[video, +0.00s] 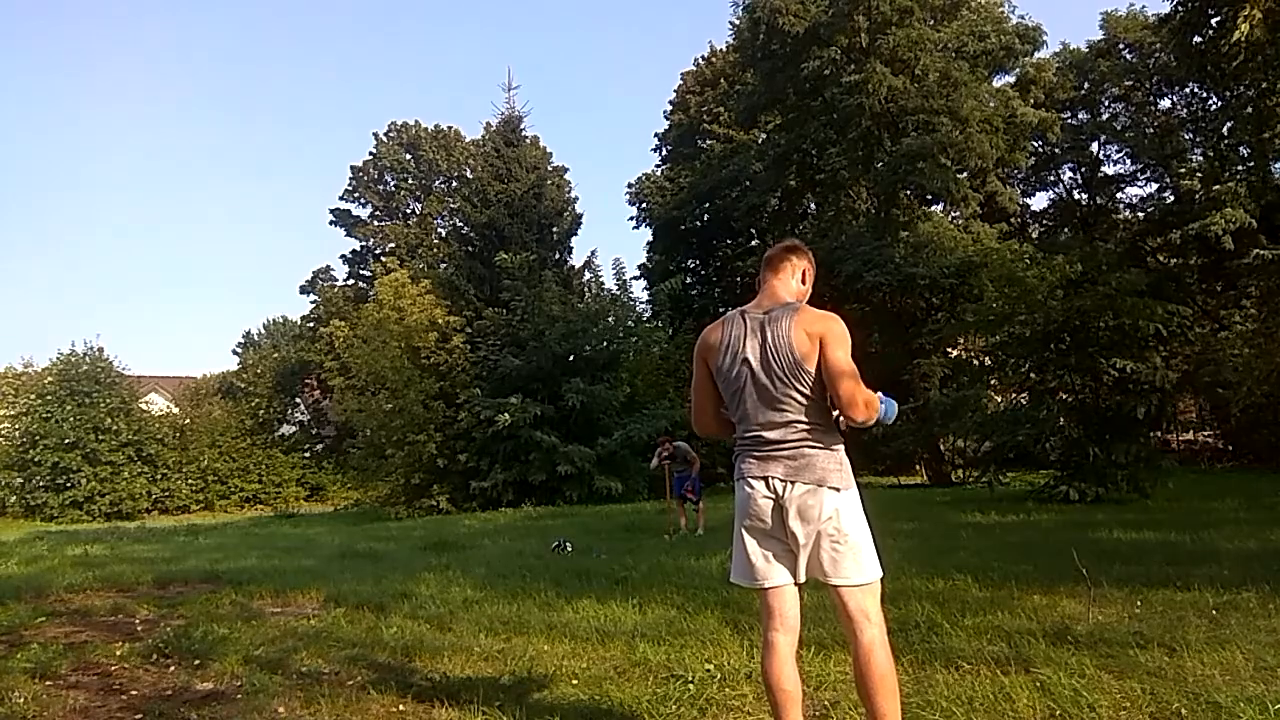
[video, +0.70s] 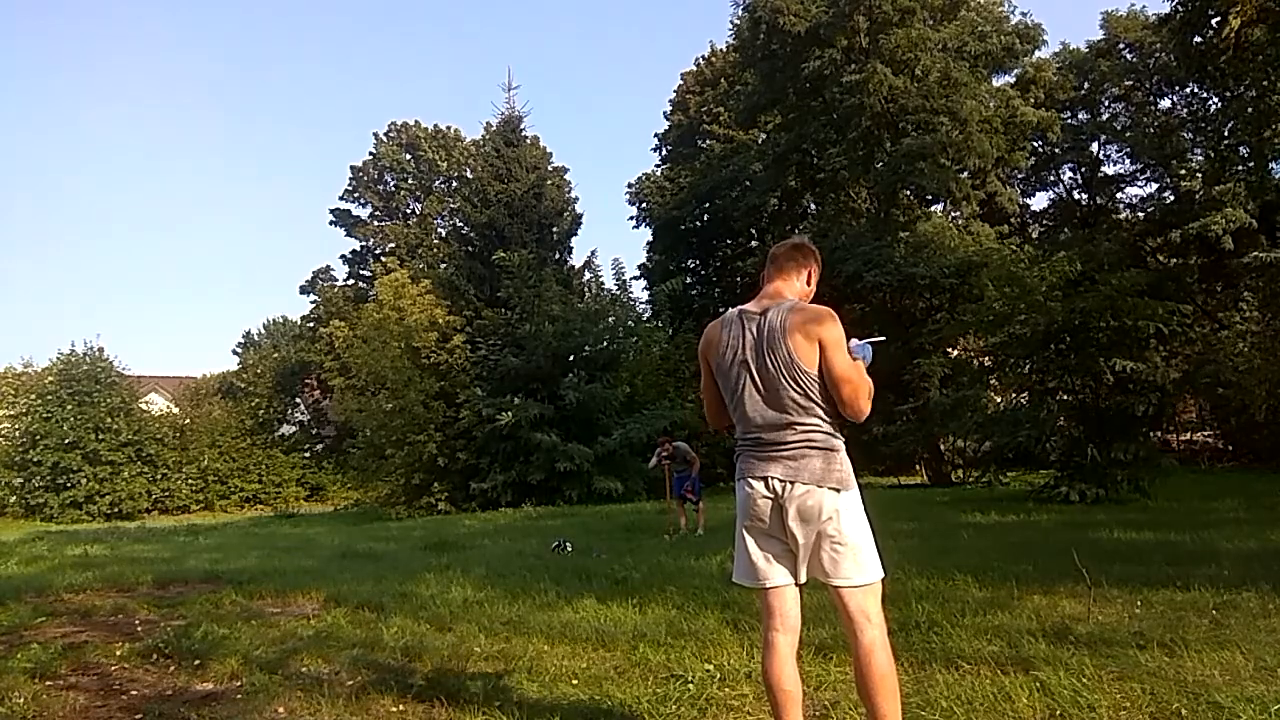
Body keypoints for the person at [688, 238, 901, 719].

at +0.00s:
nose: (811, 289)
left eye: (809, 283)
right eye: (811, 282)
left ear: (760, 278)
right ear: (802, 276)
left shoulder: (713, 336)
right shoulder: (821, 323)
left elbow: (706, 423)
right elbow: (854, 408)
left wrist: (759, 424)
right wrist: (880, 406)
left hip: (753, 490)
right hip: (823, 487)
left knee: (777, 630)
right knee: (866, 624)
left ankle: (789, 718)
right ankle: (887, 716)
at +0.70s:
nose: (815, 289)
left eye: (814, 283)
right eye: (816, 282)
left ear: (765, 274)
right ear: (808, 277)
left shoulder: (715, 333)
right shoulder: (819, 320)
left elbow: (718, 418)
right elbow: (857, 406)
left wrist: (765, 387)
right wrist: (858, 364)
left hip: (755, 488)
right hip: (823, 484)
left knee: (778, 630)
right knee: (867, 626)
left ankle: (790, 719)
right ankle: (887, 716)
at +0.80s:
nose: (814, 292)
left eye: (814, 288)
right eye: (816, 287)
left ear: (766, 276)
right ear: (809, 281)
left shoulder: (714, 329)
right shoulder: (815, 316)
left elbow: (723, 404)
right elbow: (867, 392)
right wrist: (859, 339)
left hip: (754, 489)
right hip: (822, 484)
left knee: (778, 629)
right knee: (867, 625)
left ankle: (790, 719)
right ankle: (887, 716)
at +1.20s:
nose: (823, 288)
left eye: (823, 281)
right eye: (823, 281)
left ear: (774, 277)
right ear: (815, 282)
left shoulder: (720, 324)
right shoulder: (818, 316)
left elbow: (744, 324)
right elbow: (881, 364)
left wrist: (795, 294)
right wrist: (852, 304)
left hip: (755, 488)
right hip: (823, 485)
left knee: (779, 627)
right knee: (867, 624)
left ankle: (791, 718)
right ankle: (887, 716)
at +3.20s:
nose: (856, 271)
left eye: (852, 264)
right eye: (852, 264)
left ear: (792, 274)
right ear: (844, 267)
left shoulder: (761, 323)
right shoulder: (865, 308)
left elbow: (787, 360)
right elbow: (916, 375)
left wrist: (828, 299)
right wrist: (876, 308)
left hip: (796, 484)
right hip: (867, 481)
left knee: (801, 630)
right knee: (889, 631)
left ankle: (799, 719)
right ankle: (899, 718)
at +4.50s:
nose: (895, 282)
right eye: (892, 273)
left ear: (837, 275)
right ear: (884, 276)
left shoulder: (799, 329)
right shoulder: (898, 311)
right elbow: (969, 360)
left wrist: (848, 289)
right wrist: (924, 301)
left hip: (829, 478)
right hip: (897, 477)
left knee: (839, 611)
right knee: (910, 631)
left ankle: (810, 714)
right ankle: (908, 718)